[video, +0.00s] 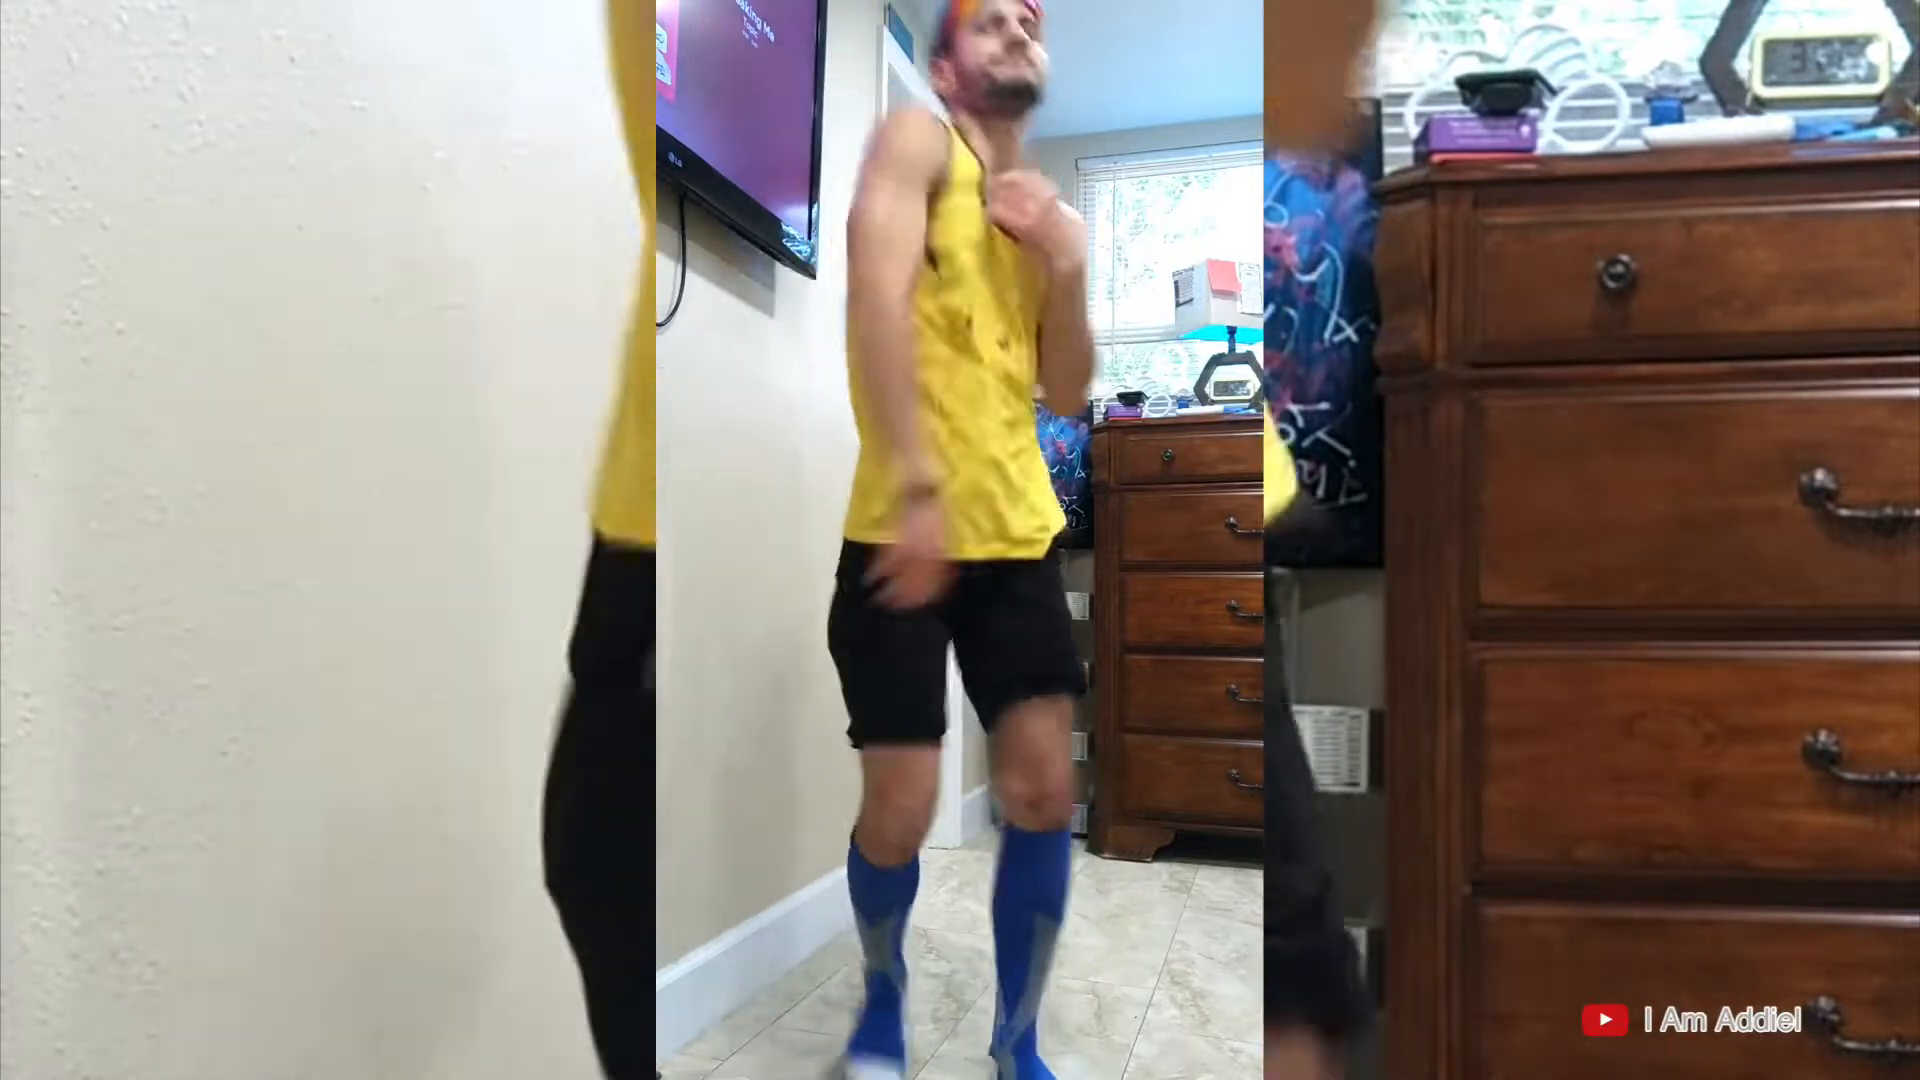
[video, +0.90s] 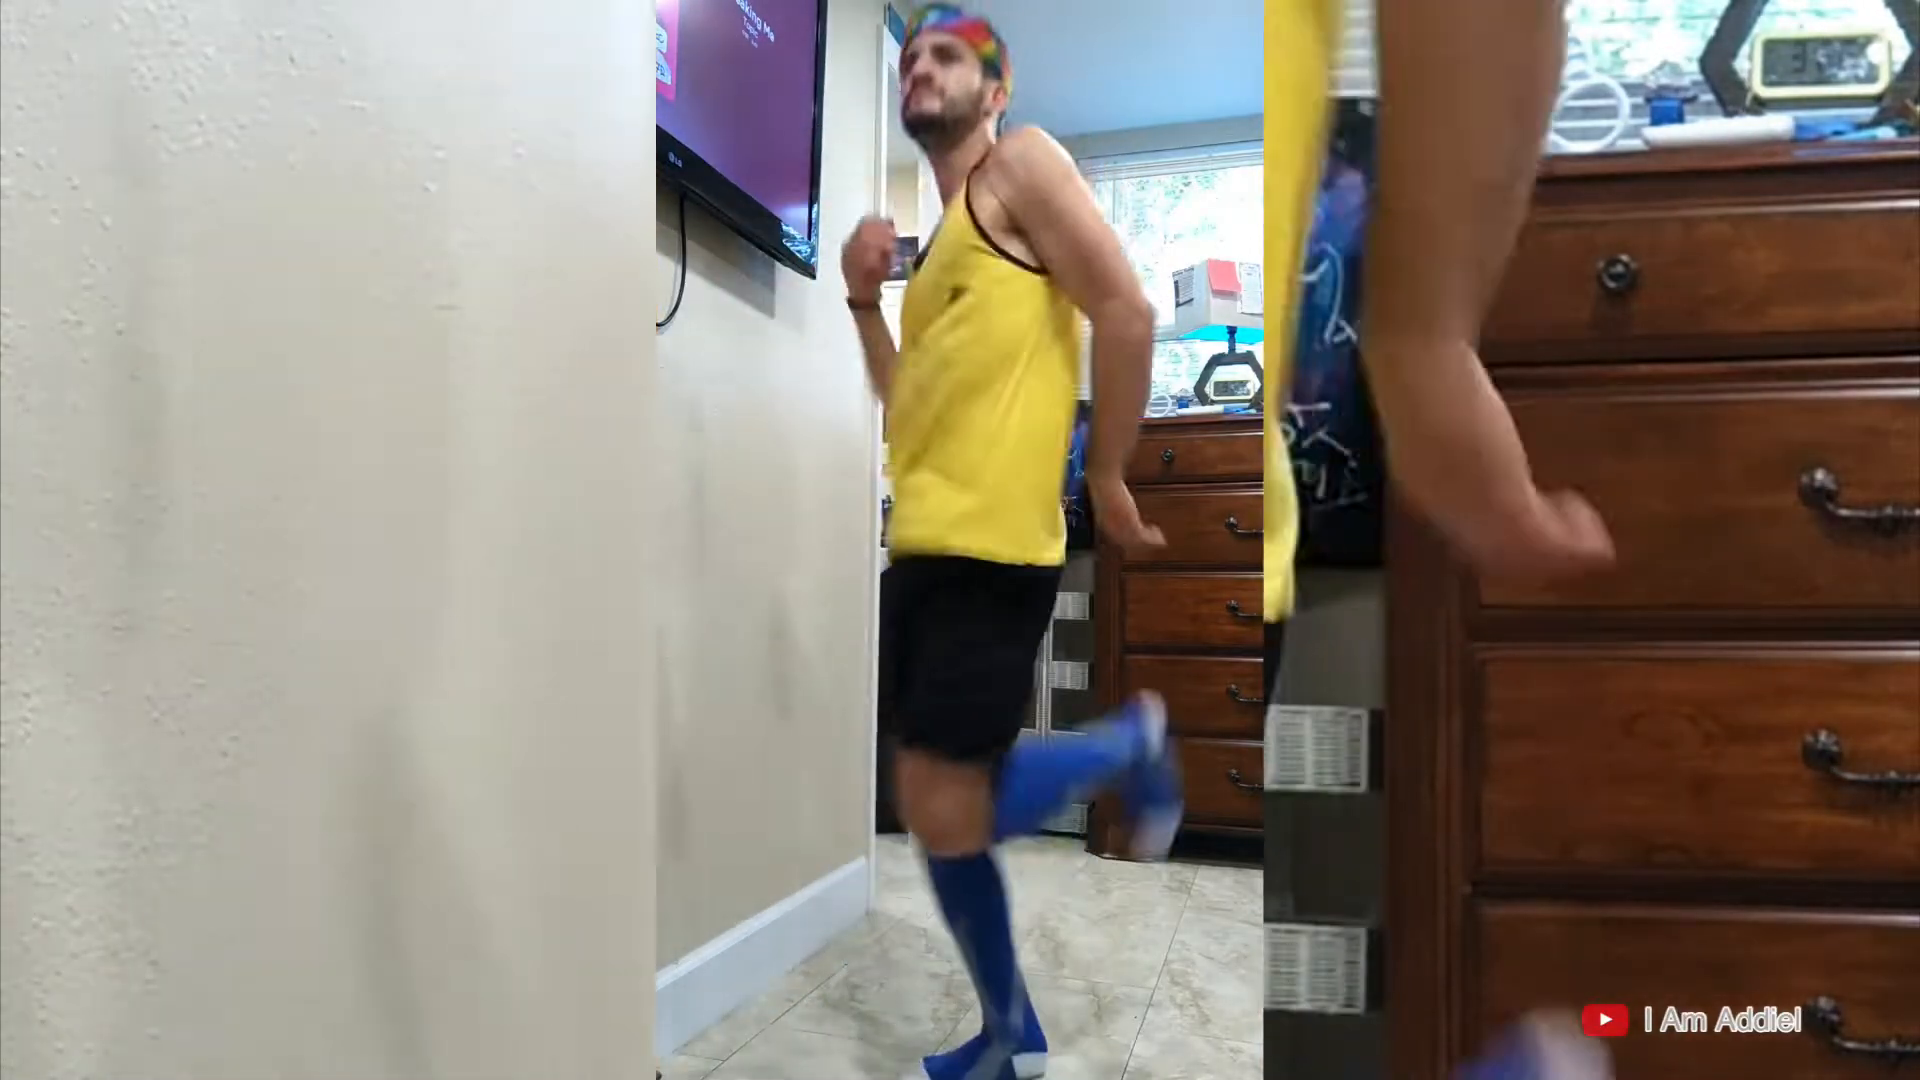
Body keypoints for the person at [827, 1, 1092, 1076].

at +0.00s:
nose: (1019, 32)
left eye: (1032, 27)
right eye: (993, 23)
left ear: (1045, 75)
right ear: (943, 66)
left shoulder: (1044, 203)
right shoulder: (918, 133)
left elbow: (1068, 392)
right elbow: (878, 295)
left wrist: (1067, 260)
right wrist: (916, 488)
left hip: (1014, 529)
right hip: (904, 523)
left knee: (1044, 786)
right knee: (902, 799)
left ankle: (1018, 1040)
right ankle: (880, 1013)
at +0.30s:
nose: (971, 58)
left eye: (996, 38)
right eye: (958, 46)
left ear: (1052, 66)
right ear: (949, 77)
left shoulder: (1107, 208)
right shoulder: (902, 198)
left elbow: (1074, 309)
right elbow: (833, 331)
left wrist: (992, 181)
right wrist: (808, 418)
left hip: (1012, 550)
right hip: (875, 535)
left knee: (1072, 820)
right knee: (867, 816)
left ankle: (1015, 1045)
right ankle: (891, 1055)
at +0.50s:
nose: (955, 14)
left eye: (983, 3)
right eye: (944, 7)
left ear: (1037, 35)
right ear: (934, 47)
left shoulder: (1090, 136)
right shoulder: (915, 183)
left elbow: (1042, 206)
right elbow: (928, 343)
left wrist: (877, 138)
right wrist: (877, 422)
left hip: (1034, 518)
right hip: (906, 515)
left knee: (1029, 801)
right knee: (847, 754)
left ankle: (1017, 1037)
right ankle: (898, 966)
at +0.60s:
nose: (951, 51)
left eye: (979, 39)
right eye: (941, 43)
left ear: (1034, 80)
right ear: (927, 82)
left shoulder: (1081, 165)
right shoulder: (915, 210)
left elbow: (1016, 179)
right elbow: (945, 353)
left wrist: (813, 182)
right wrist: (893, 410)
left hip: (1043, 551)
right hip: (918, 538)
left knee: (1022, 817)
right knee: (834, 757)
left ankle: (1015, 1054)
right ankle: (948, 806)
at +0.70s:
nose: (942, 14)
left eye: (968, 5)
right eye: (931, 8)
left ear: (1018, 38)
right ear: (920, 50)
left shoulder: (1060, 111)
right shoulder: (915, 201)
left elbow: (1027, 218)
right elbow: (922, 334)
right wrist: (886, 374)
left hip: (1038, 515)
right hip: (921, 514)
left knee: (1024, 782)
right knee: (867, 767)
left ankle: (1029, 1033)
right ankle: (975, 915)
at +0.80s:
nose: (930, 22)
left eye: (955, 8)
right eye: (918, 11)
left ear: (1004, 31)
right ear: (909, 39)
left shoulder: (1032, 117)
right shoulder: (943, 171)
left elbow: (1067, 274)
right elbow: (951, 336)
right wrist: (892, 320)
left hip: (1009, 498)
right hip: (915, 496)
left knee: (995, 783)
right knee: (929, 773)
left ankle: (1074, 899)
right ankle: (997, 1009)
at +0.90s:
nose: (920, 78)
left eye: (943, 62)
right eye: (909, 66)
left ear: (992, 85)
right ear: (904, 95)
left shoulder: (1019, 161)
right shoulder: (943, 225)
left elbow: (1126, 311)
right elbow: (908, 403)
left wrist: (1110, 476)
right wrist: (866, 304)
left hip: (990, 531)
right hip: (931, 533)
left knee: (943, 804)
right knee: (934, 804)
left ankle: (1131, 743)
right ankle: (1008, 1027)